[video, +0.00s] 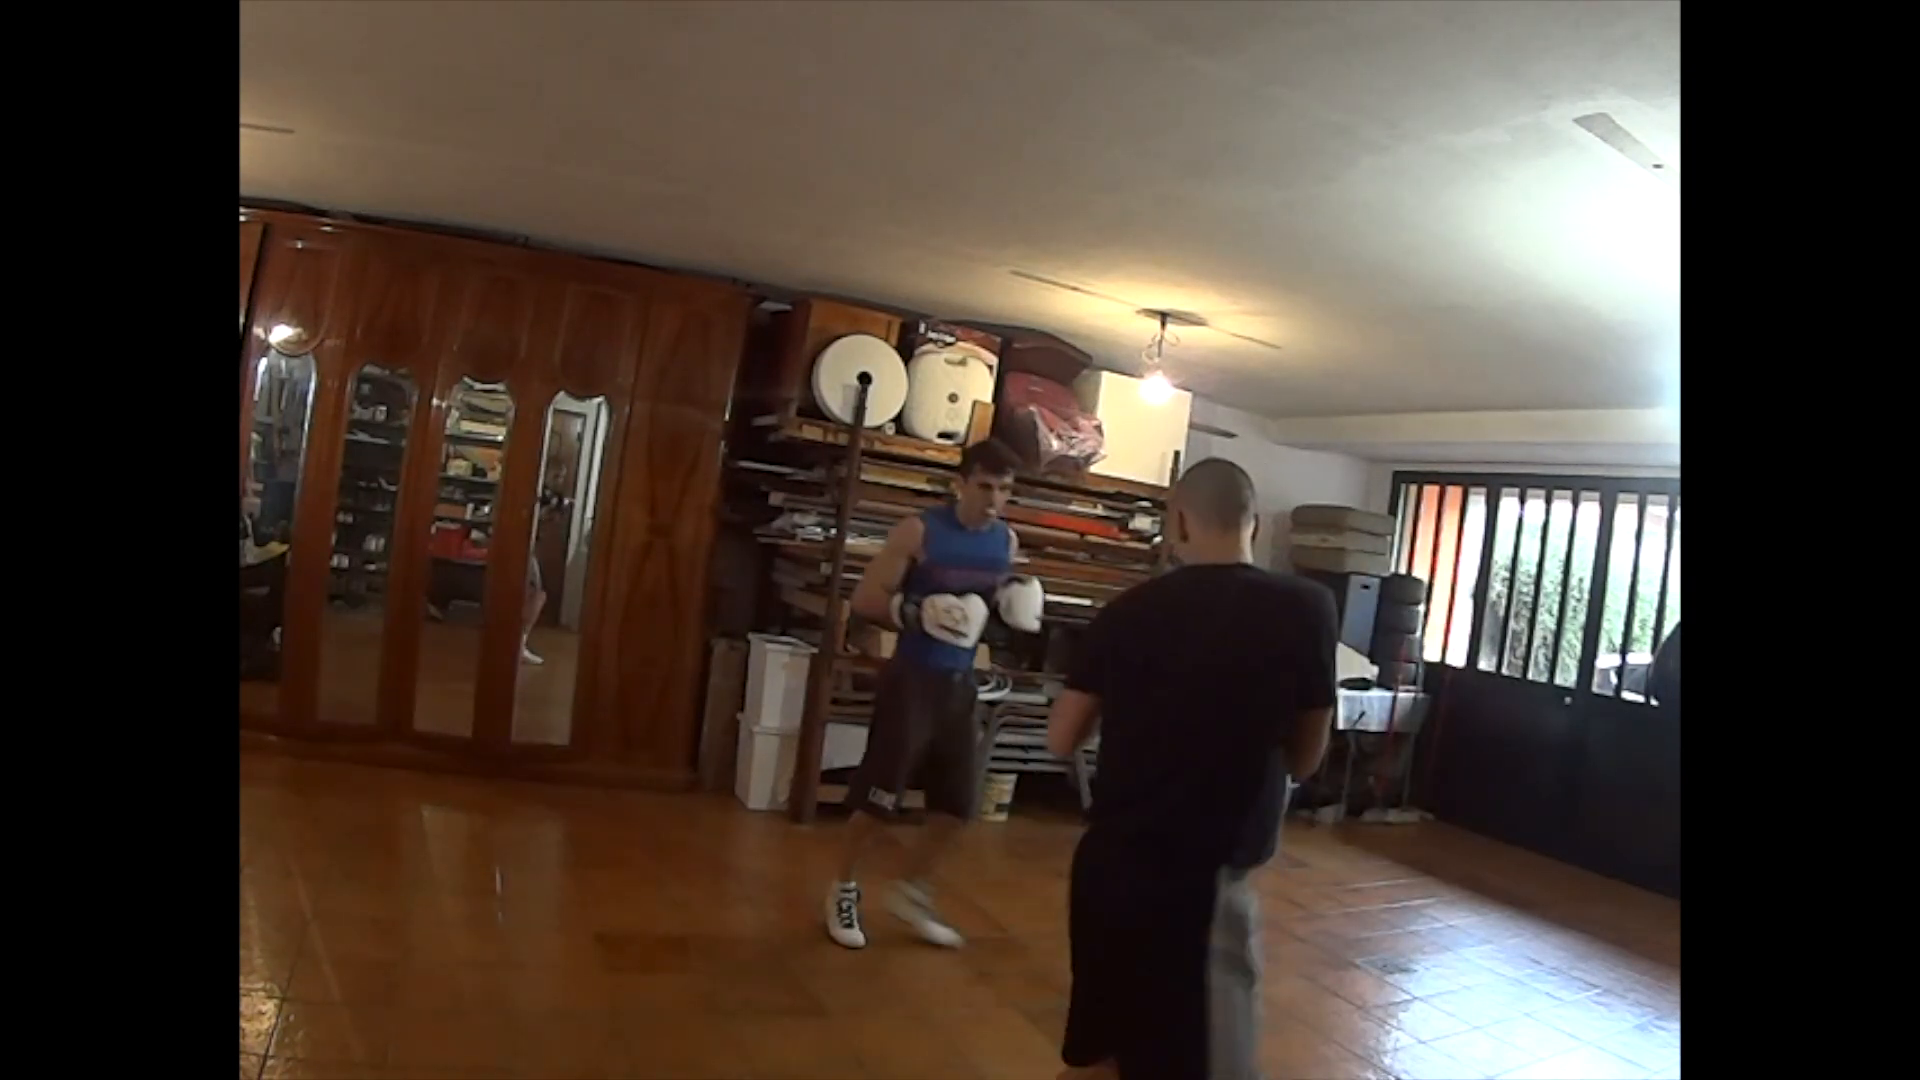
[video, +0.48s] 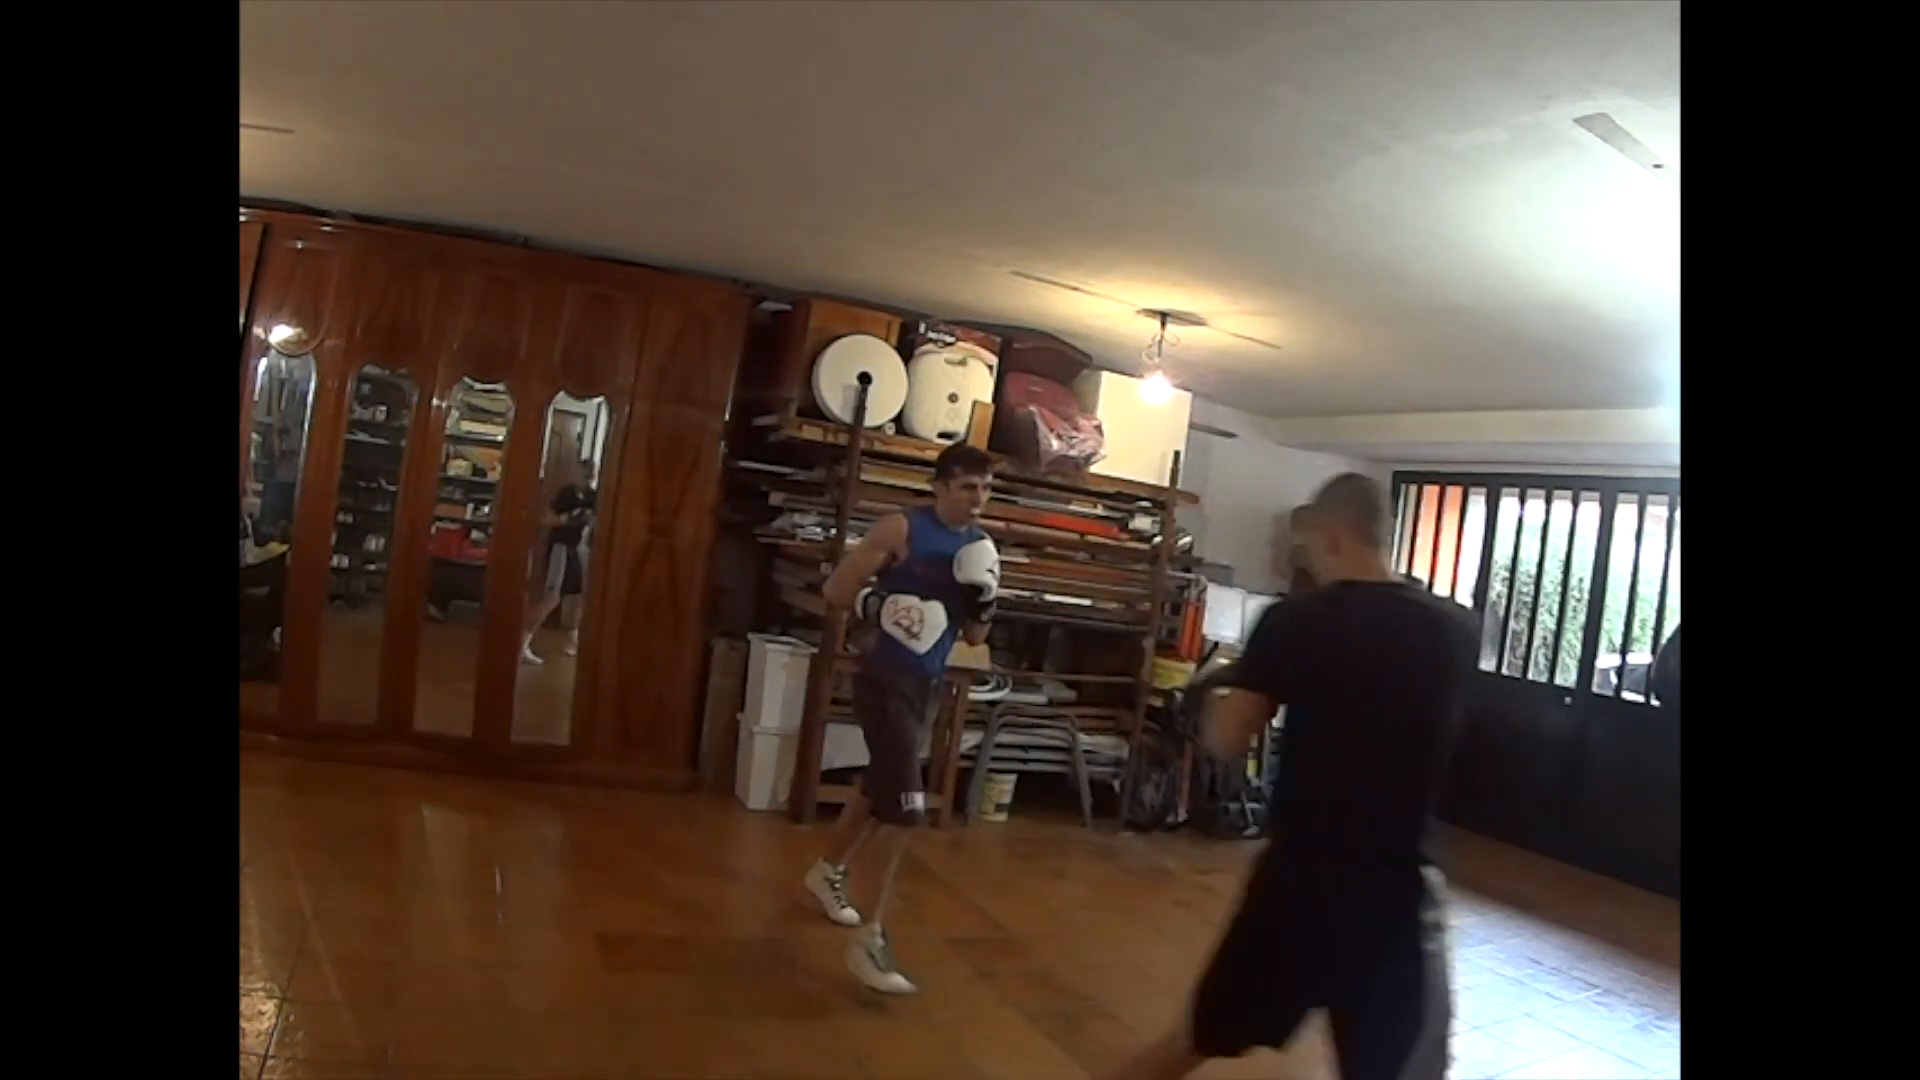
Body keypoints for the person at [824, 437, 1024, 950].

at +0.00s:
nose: (995, 498)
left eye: (1004, 489)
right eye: (986, 486)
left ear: (1010, 492)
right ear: (961, 483)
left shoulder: (1004, 539)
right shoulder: (919, 529)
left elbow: (995, 599)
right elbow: (865, 601)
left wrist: (1017, 601)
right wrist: (917, 613)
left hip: (961, 684)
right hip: (911, 678)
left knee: (957, 806)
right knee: (879, 797)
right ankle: (844, 889)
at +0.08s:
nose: (986, 491)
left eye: (994, 482)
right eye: (977, 479)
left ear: (1001, 486)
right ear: (954, 478)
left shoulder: (999, 536)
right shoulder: (910, 524)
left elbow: (992, 602)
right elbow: (859, 592)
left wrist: (1011, 598)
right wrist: (905, 606)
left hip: (952, 678)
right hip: (905, 671)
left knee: (927, 800)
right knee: (881, 796)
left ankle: (867, 877)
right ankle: (837, 887)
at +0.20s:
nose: (968, 505)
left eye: (977, 497)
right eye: (960, 494)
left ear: (984, 502)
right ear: (937, 493)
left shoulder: (983, 553)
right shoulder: (896, 541)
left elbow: (983, 636)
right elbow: (841, 604)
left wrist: (992, 615)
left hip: (935, 690)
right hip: (887, 683)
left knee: (887, 806)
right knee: (895, 816)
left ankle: (832, 879)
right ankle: (832, 884)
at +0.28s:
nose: (967, 512)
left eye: (974, 504)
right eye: (958, 502)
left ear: (981, 508)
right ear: (934, 500)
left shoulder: (975, 562)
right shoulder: (892, 547)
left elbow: (979, 650)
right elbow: (838, 607)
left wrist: (985, 619)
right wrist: (849, 647)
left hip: (930, 697)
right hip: (883, 690)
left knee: (874, 801)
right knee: (906, 817)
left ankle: (821, 876)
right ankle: (841, 887)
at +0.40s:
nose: (972, 500)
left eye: (979, 492)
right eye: (963, 489)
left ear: (983, 497)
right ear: (938, 487)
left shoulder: (973, 548)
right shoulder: (897, 531)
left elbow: (975, 636)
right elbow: (836, 594)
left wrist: (982, 600)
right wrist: (877, 608)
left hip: (925, 686)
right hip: (883, 676)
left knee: (876, 789)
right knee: (905, 806)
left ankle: (828, 870)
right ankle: (853, 910)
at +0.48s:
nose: (976, 498)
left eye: (983, 490)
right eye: (967, 487)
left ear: (986, 494)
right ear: (940, 486)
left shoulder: (975, 545)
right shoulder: (899, 529)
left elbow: (974, 635)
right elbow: (837, 592)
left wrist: (983, 598)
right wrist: (877, 604)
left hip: (926, 684)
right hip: (884, 676)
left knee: (877, 788)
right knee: (904, 813)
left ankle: (829, 871)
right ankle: (868, 940)